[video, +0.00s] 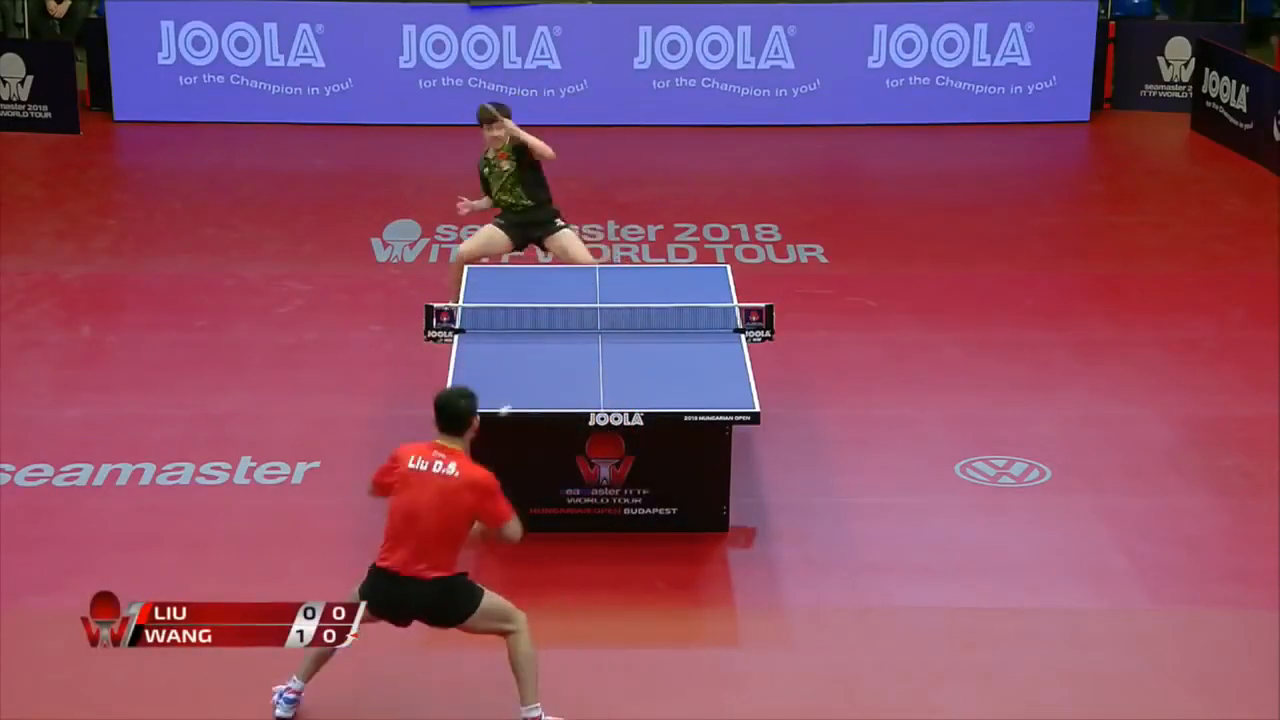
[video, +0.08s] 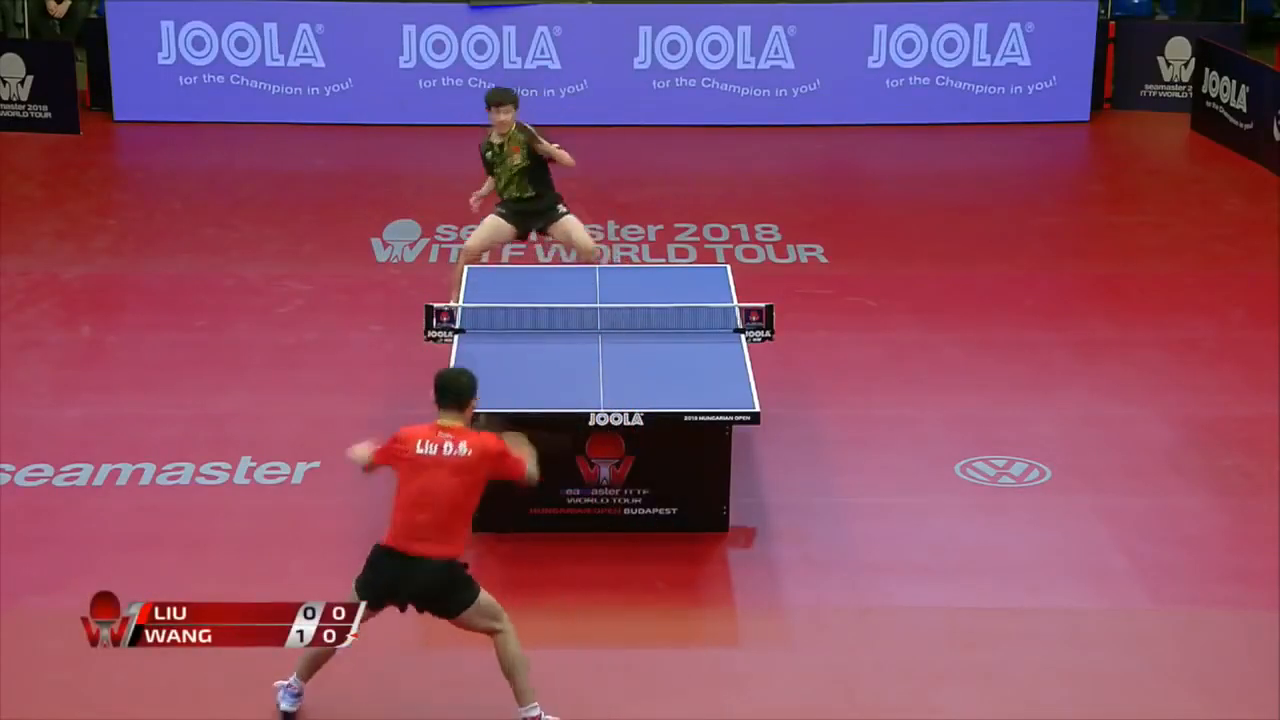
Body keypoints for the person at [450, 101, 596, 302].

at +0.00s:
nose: (496, 134)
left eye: (500, 128)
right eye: (490, 129)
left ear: (508, 127)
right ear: (483, 130)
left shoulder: (521, 147)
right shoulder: (485, 162)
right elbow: (493, 199)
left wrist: (516, 131)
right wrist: (473, 205)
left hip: (544, 220)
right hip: (510, 224)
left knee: (587, 264)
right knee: (463, 254)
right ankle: (455, 307)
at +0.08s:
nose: (502, 118)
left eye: (507, 112)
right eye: (496, 113)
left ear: (515, 113)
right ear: (489, 114)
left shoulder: (528, 135)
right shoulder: (486, 147)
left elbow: (570, 162)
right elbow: (495, 177)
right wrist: (482, 193)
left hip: (547, 208)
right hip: (511, 212)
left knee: (588, 248)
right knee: (470, 249)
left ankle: (594, 303)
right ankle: (455, 304)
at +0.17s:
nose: (527, 103)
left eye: (532, 98)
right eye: (522, 97)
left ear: (540, 98)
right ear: (513, 98)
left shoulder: (554, 124)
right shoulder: (497, 126)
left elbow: (568, 152)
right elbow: (486, 153)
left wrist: (580, 169)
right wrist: (505, 177)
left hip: (550, 190)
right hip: (514, 192)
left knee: (593, 234)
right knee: (474, 237)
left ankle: (620, 287)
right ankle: (457, 296)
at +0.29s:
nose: (547, 108)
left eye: (552, 102)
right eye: (542, 102)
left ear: (559, 104)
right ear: (532, 102)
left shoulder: (565, 130)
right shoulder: (517, 130)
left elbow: (570, 162)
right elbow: (500, 165)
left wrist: (590, 186)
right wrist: (533, 184)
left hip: (554, 193)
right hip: (517, 194)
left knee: (597, 238)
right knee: (479, 243)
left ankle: (623, 284)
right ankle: (453, 291)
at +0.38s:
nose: (563, 120)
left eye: (568, 114)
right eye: (557, 114)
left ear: (575, 117)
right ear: (548, 116)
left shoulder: (572, 142)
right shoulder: (537, 144)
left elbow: (566, 179)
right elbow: (540, 186)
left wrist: (591, 209)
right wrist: (584, 186)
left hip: (551, 203)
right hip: (520, 204)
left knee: (596, 240)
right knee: (487, 257)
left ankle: (623, 284)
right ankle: (449, 286)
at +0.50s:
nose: (564, 116)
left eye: (569, 111)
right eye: (559, 109)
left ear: (573, 113)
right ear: (547, 107)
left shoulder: (564, 139)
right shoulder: (531, 134)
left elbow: (555, 175)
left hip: (541, 195)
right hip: (511, 198)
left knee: (592, 234)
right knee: (490, 255)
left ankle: (616, 289)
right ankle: (450, 287)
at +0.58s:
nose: (563, 107)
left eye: (566, 102)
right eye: (560, 100)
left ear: (566, 101)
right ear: (544, 97)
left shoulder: (548, 121)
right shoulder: (520, 123)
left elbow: (532, 150)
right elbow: (522, 166)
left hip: (532, 185)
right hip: (505, 188)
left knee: (575, 228)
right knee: (484, 249)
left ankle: (610, 273)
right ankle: (450, 284)